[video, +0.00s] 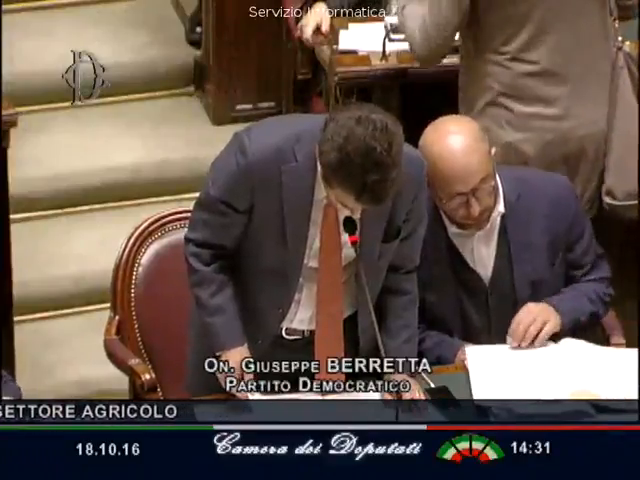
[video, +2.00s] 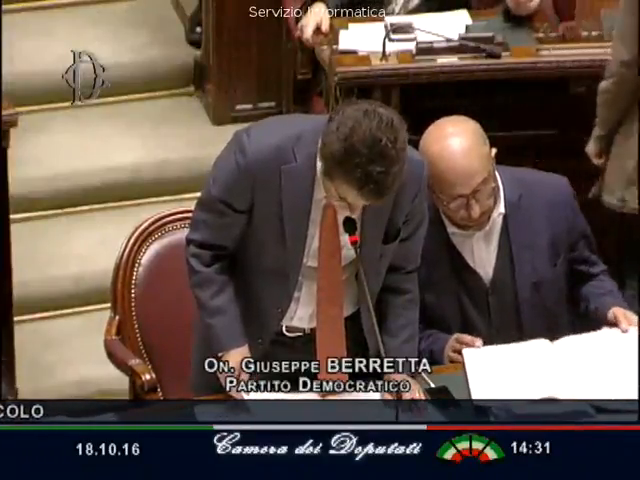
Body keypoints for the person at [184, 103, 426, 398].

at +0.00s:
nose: (354, 213)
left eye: (365, 206)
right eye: (343, 202)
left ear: (392, 175)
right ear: (323, 163)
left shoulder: (408, 173)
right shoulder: (254, 158)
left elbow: (402, 274)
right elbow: (205, 248)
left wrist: (401, 366)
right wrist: (230, 344)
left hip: (349, 336)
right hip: (262, 340)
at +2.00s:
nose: (353, 213)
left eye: (366, 204)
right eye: (342, 199)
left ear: (395, 174)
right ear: (323, 160)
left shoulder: (409, 175)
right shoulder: (255, 157)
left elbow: (402, 276)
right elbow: (206, 251)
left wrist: (401, 366)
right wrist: (231, 344)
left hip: (350, 337)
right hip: (264, 340)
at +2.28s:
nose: (357, 213)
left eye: (370, 204)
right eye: (347, 200)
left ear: (397, 175)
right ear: (325, 160)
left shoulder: (408, 175)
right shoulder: (255, 157)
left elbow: (402, 276)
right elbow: (206, 251)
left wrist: (400, 366)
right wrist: (231, 344)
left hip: (350, 337)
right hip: (262, 341)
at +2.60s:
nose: (361, 213)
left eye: (374, 203)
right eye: (351, 200)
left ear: (397, 176)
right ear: (328, 163)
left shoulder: (407, 175)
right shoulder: (255, 157)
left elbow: (402, 275)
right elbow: (206, 251)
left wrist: (400, 366)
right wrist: (231, 345)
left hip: (349, 336)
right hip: (263, 340)